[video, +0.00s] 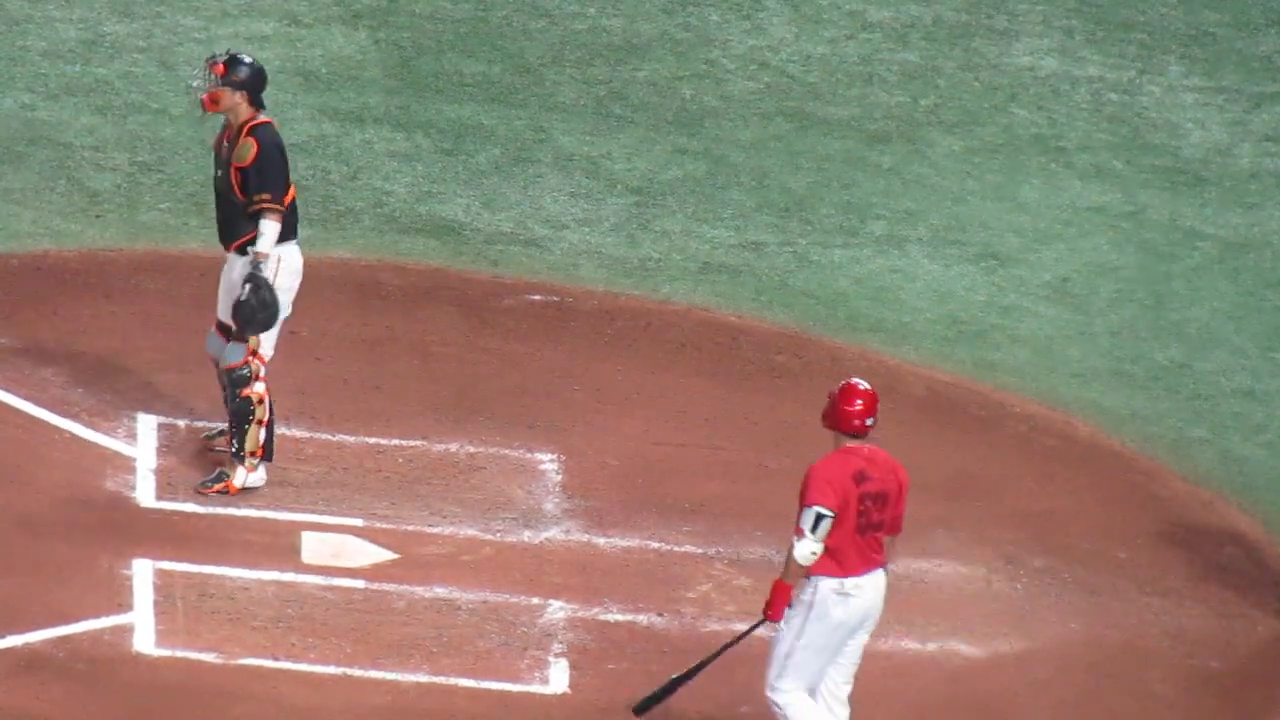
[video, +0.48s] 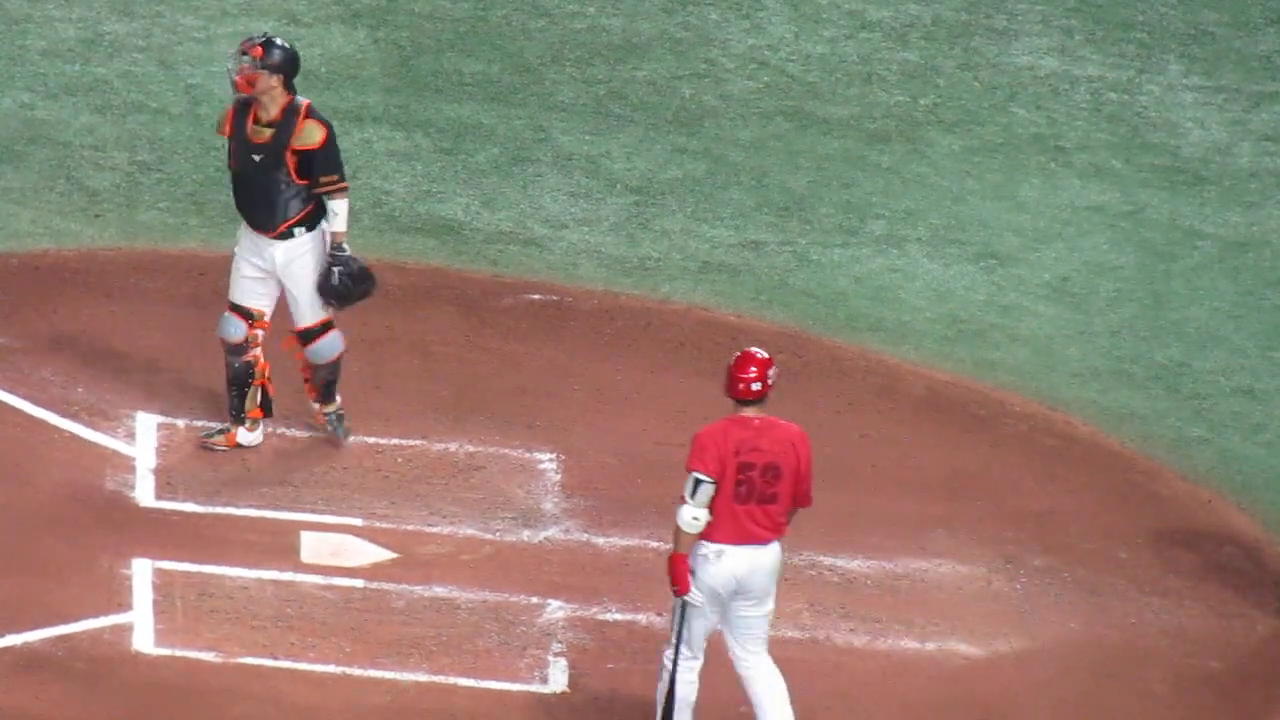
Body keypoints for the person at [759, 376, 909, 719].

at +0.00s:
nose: (826, 412)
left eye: (829, 407)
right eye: (832, 406)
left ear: (832, 418)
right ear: (872, 420)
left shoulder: (828, 470)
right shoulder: (892, 468)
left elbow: (807, 544)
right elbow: (889, 536)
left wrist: (781, 591)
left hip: (829, 592)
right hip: (872, 589)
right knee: (833, 693)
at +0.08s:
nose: (824, 412)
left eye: (821, 407)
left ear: (817, 414)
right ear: (857, 414)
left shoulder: (813, 465)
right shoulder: (880, 462)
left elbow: (793, 540)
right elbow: (874, 526)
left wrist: (769, 584)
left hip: (814, 588)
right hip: (857, 583)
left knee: (754, 671)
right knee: (822, 687)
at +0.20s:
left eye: (802, 398)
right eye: (827, 398)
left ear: (796, 404)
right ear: (835, 404)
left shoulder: (785, 455)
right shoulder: (857, 453)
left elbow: (768, 530)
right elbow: (860, 514)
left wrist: (750, 576)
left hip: (788, 577)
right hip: (833, 576)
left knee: (732, 666)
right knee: (812, 683)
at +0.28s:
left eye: (785, 395)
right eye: (812, 395)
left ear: (778, 401)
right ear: (817, 401)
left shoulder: (764, 451)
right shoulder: (840, 451)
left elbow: (748, 526)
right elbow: (843, 511)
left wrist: (730, 571)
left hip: (768, 572)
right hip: (816, 573)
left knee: (716, 670)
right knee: (802, 680)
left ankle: (691, 717)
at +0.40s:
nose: (768, 394)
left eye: (759, 389)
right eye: (784, 388)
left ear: (749, 393)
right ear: (788, 395)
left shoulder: (733, 443)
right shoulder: (812, 444)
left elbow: (715, 520)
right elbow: (817, 504)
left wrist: (699, 565)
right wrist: (774, 480)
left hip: (734, 564)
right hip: (785, 565)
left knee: (695, 664)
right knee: (777, 669)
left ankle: (675, 717)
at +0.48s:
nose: (746, 387)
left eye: (739, 382)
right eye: (758, 382)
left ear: (730, 386)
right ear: (769, 388)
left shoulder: (714, 436)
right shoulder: (794, 437)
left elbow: (694, 510)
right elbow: (793, 505)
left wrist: (679, 556)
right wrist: (764, 534)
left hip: (714, 556)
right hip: (765, 557)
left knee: (684, 656)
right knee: (753, 654)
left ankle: (673, 716)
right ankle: (780, 716)